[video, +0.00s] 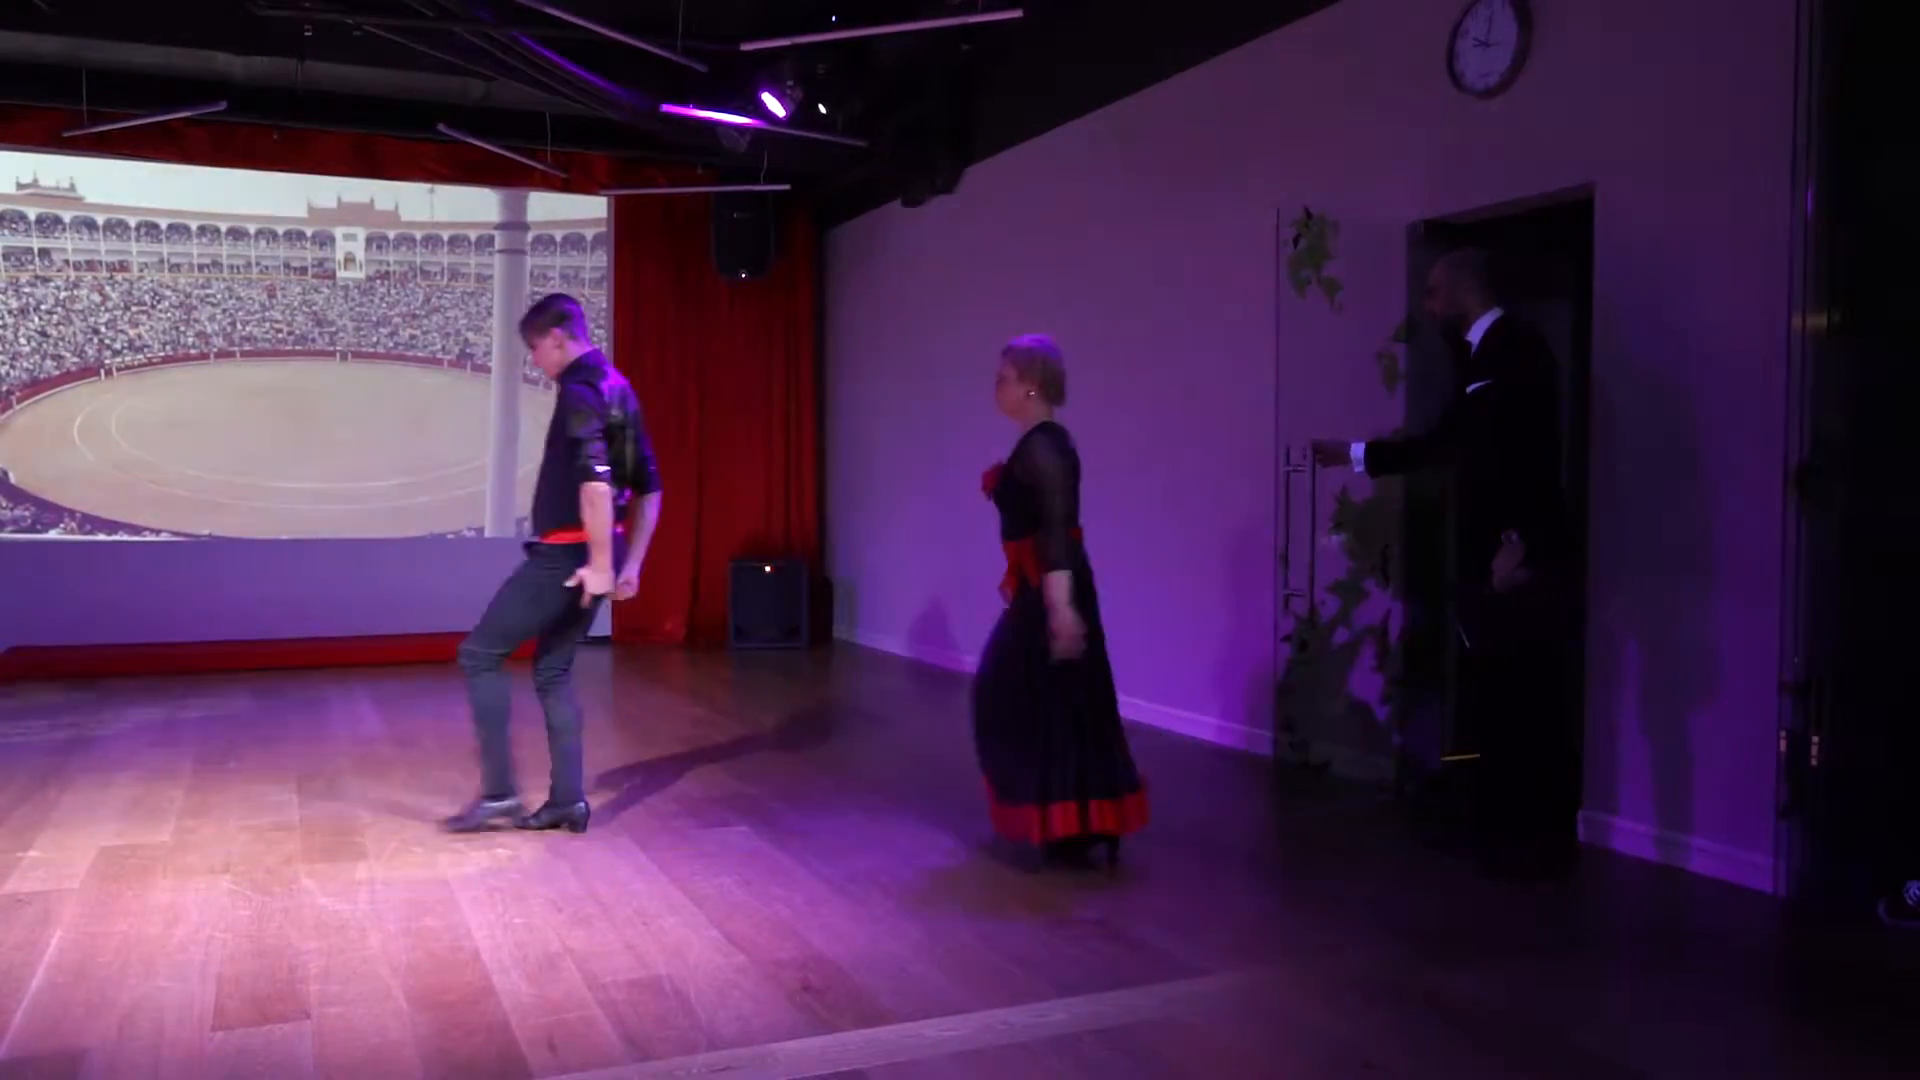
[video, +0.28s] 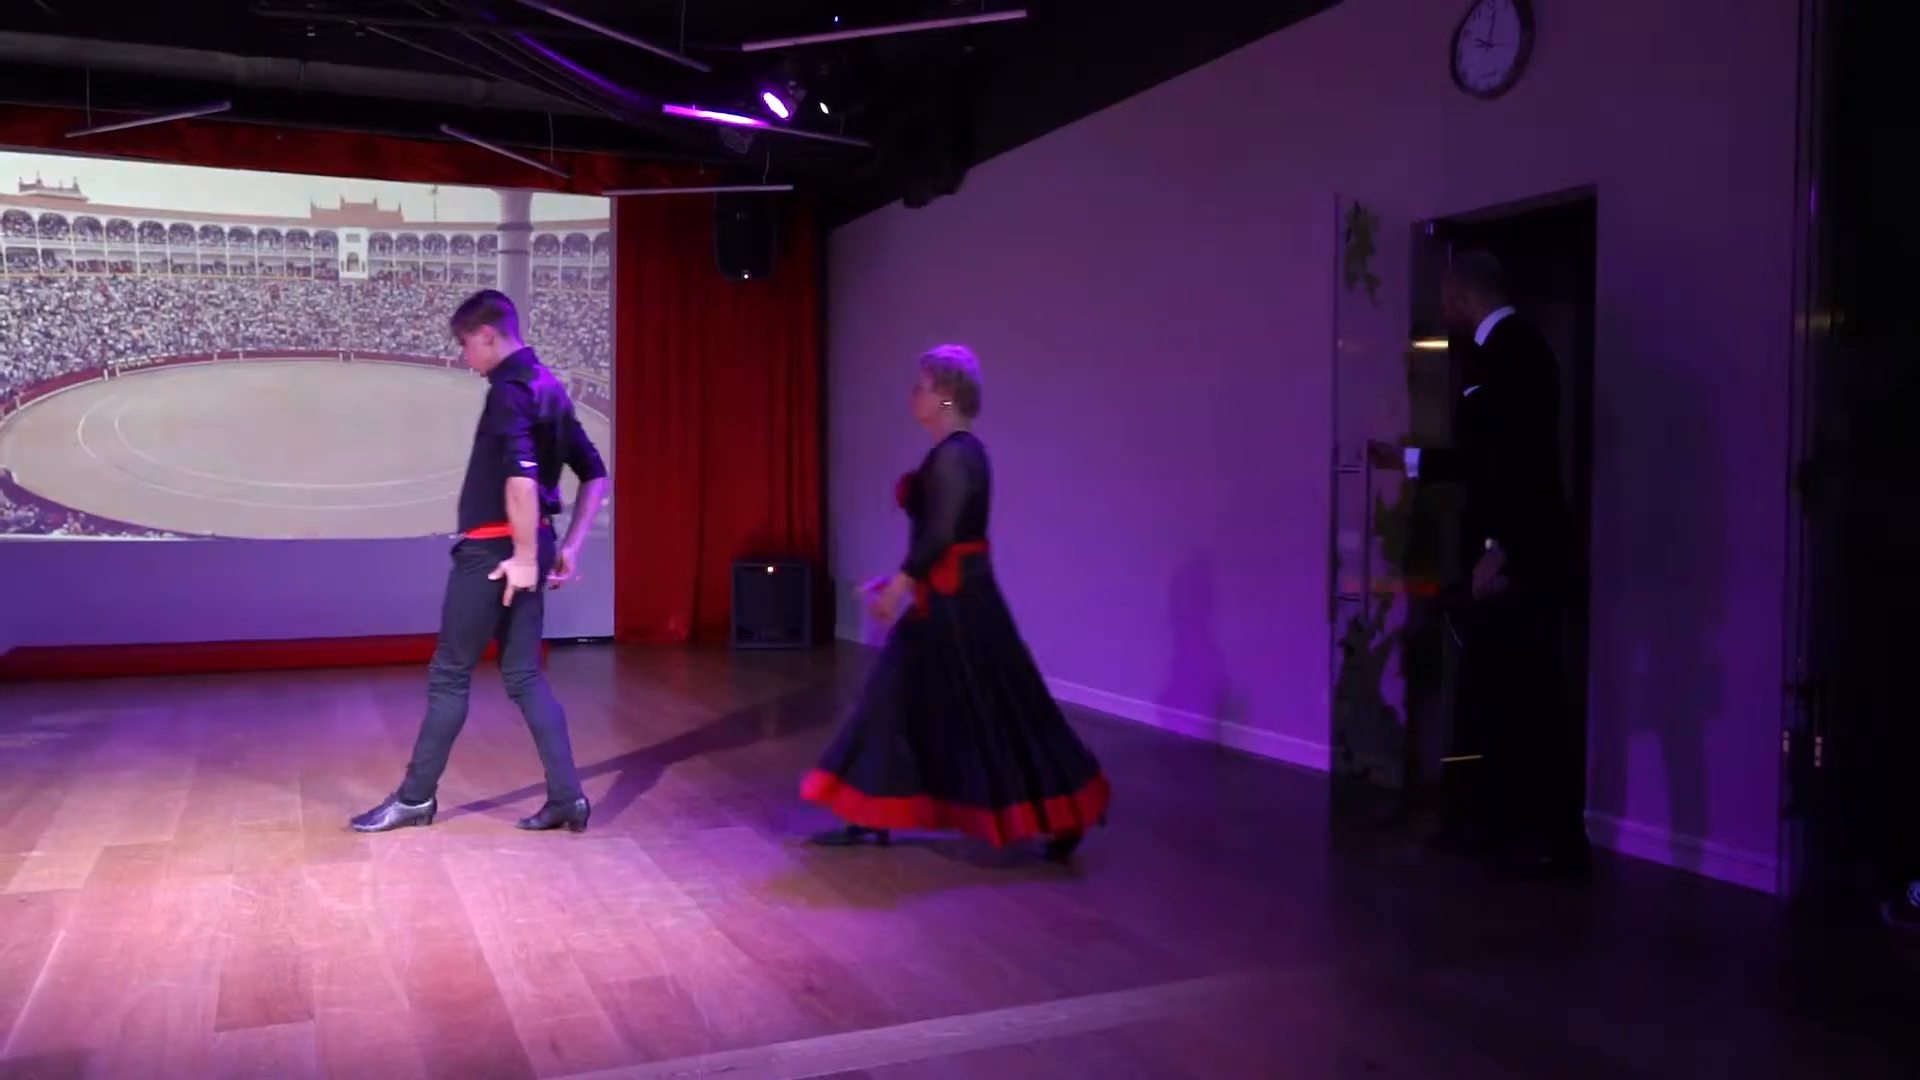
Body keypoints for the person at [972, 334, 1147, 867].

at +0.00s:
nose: (996, 390)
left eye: (1004, 380)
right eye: (998, 380)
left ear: (1029, 387)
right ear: (1037, 387)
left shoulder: (1045, 448)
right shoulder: (1038, 444)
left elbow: (1056, 528)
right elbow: (1033, 513)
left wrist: (1060, 602)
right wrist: (1001, 486)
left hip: (1047, 596)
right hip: (1047, 591)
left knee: (1001, 694)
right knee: (1068, 706)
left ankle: (1063, 818)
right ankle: (1083, 819)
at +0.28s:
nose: (912, 397)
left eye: (920, 388)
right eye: (916, 386)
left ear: (944, 397)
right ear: (956, 398)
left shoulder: (952, 456)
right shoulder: (963, 452)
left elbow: (940, 534)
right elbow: (939, 534)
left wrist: (900, 585)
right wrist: (896, 575)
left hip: (950, 598)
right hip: (966, 594)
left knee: (893, 697)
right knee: (1003, 703)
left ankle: (868, 813)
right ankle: (1059, 811)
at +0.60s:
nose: (863, 389)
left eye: (871, 379)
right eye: (865, 378)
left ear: (899, 387)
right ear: (897, 386)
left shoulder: (913, 444)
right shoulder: (901, 440)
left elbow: (923, 522)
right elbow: (899, 510)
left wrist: (873, 583)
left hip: (902, 587)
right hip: (902, 582)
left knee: (851, 692)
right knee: (908, 696)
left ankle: (811, 815)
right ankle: (913, 818)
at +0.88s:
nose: (898, 369)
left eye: (908, 359)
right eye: (902, 358)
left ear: (934, 367)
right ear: (949, 369)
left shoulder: (935, 426)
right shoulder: (960, 424)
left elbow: (943, 502)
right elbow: (949, 500)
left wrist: (905, 579)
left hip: (931, 576)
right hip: (958, 573)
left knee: (881, 699)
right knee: (970, 703)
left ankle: (868, 842)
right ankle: (1013, 825)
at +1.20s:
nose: (983, 337)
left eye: (991, 325)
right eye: (987, 323)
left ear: (1016, 333)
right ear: (1047, 335)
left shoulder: (1022, 403)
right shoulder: (1062, 401)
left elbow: (1026, 490)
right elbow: (1050, 494)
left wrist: (989, 587)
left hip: (1023, 574)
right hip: (1062, 571)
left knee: (1000, 730)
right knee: (1074, 725)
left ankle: (1006, 896)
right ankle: (1144, 859)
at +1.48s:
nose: (1100, 318)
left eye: (1110, 305)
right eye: (1104, 304)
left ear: (1140, 311)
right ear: (1173, 311)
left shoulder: (1127, 378)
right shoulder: (1190, 378)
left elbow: (1112, 491)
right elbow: (1178, 494)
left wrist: (1090, 600)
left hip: (1149, 587)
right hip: (1198, 582)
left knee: (1135, 760)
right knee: (1212, 752)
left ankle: (1144, 949)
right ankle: (1296, 900)